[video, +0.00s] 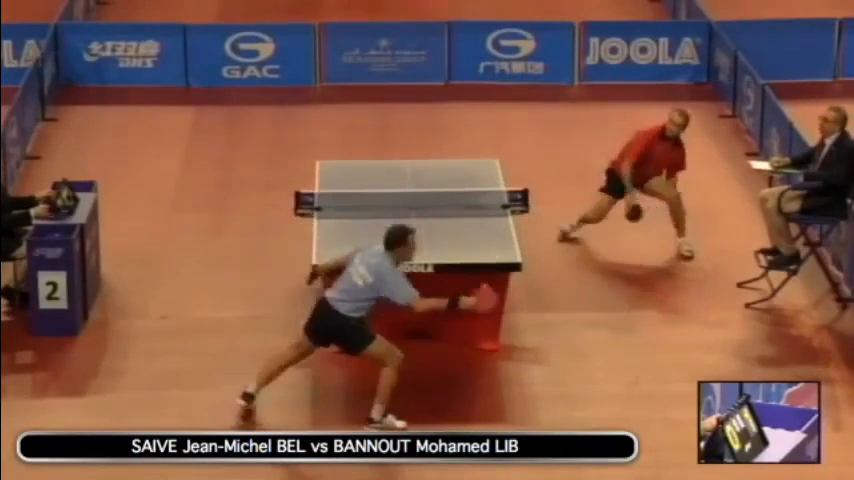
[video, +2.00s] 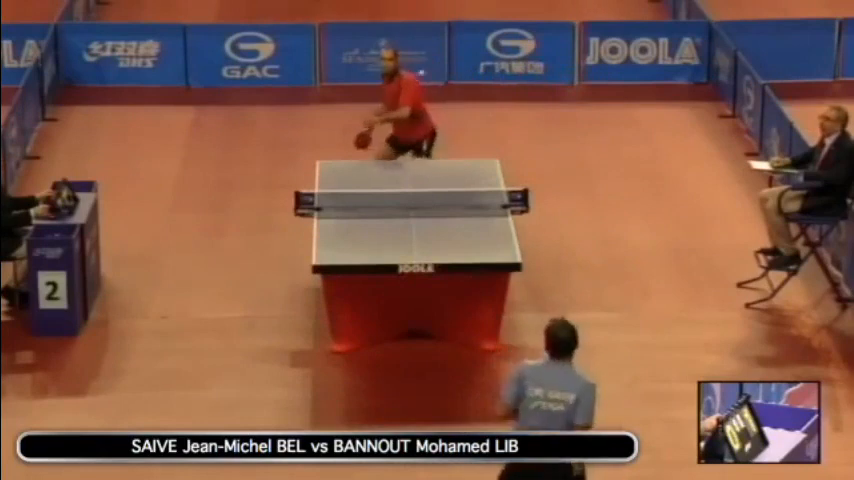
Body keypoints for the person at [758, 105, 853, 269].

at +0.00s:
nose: (821, 123)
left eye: (826, 121)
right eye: (821, 119)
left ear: (838, 126)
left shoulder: (846, 147)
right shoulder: (826, 141)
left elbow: (837, 177)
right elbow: (807, 158)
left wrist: (806, 175)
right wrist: (786, 163)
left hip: (830, 199)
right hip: (815, 191)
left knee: (773, 205)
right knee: (766, 197)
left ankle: (789, 254)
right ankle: (780, 247)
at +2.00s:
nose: (821, 122)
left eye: (827, 119)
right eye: (822, 118)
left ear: (839, 125)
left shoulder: (846, 147)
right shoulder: (826, 140)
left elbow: (837, 177)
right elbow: (808, 158)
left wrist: (804, 175)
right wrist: (787, 163)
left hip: (829, 199)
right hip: (815, 191)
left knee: (774, 205)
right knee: (765, 196)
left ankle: (790, 254)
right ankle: (780, 247)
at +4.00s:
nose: (821, 123)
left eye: (827, 119)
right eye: (821, 118)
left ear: (839, 125)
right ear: (820, 119)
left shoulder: (846, 147)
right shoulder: (827, 140)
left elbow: (837, 177)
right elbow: (809, 157)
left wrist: (804, 175)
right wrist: (787, 163)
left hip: (829, 199)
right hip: (815, 191)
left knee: (773, 205)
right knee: (765, 197)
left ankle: (790, 254)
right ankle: (780, 247)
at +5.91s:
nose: (824, 124)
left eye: (830, 122)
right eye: (825, 120)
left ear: (842, 128)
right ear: (824, 120)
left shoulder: (846, 148)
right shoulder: (826, 141)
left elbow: (834, 178)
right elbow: (806, 159)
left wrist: (802, 177)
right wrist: (790, 164)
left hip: (829, 199)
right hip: (813, 190)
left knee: (774, 206)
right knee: (765, 197)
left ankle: (790, 254)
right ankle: (780, 247)